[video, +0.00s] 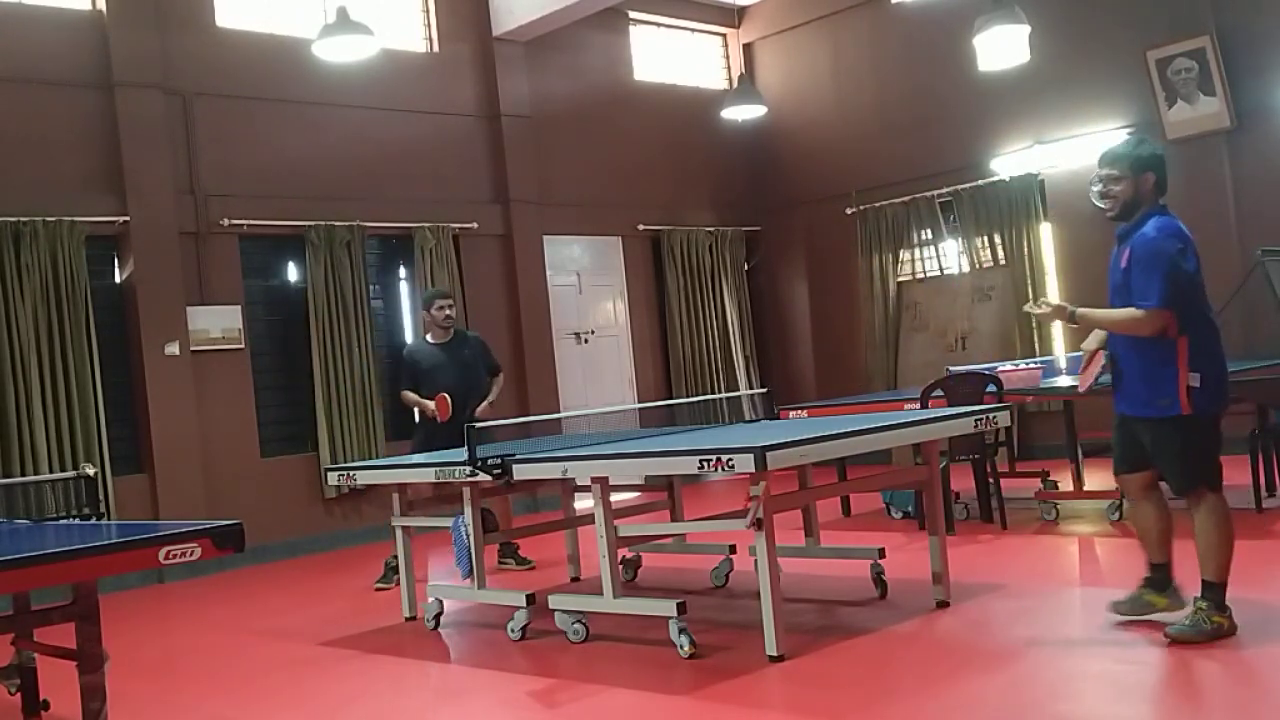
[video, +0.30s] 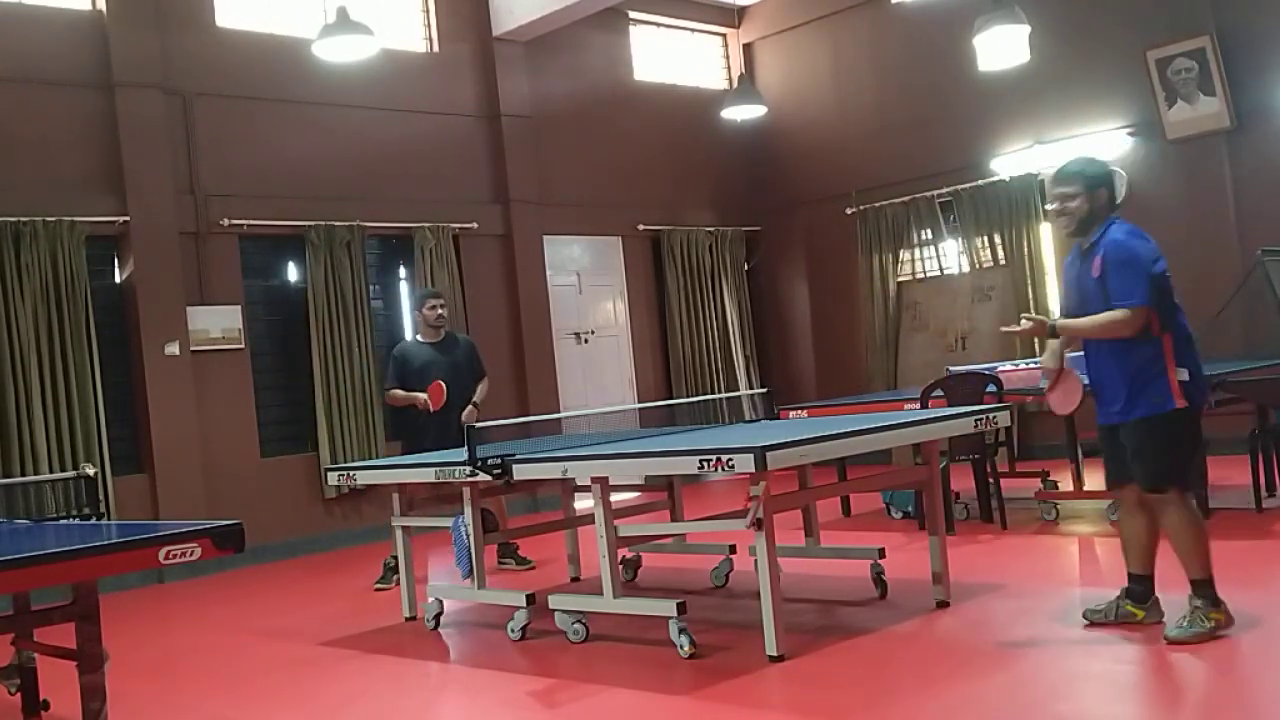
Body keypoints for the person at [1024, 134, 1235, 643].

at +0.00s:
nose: (1102, 189)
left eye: (1114, 180)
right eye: (1100, 180)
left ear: (1149, 182)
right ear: (1103, 183)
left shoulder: (1158, 237)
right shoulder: (1130, 235)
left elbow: (1155, 321)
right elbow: (1137, 308)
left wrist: (1074, 314)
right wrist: (1103, 340)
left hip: (1181, 394)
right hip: (1138, 394)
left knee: (1201, 493)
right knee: (1135, 481)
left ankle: (1214, 606)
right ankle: (1160, 586)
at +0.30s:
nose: (1057, 209)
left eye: (1067, 199)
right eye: (1051, 202)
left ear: (1101, 198)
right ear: (1051, 206)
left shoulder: (1123, 244)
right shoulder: (1074, 261)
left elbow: (1132, 319)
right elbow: (1076, 325)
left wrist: (1055, 326)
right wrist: (1057, 359)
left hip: (1159, 395)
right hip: (1116, 401)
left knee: (1164, 494)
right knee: (1128, 495)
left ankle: (1208, 603)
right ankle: (1139, 599)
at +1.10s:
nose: (982, 301)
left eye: (983, 291)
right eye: (979, 294)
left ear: (1008, 279)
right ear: (1009, 280)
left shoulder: (1051, 311)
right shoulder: (1034, 305)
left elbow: (1020, 394)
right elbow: (1012, 351)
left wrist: (950, 398)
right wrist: (1005, 385)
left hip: (1142, 402)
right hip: (1101, 410)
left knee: (1117, 500)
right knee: (1070, 495)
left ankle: (1167, 622)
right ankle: (1071, 597)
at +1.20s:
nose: (971, 323)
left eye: (972, 312)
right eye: (967, 315)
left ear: (997, 300)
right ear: (1000, 299)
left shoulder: (1040, 328)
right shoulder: (1027, 322)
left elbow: (1002, 411)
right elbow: (1000, 368)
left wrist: (938, 409)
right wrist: (996, 404)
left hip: (1141, 407)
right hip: (1097, 417)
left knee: (1113, 499)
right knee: (1060, 492)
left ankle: (1167, 622)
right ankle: (1069, 599)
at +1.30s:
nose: (965, 337)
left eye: (965, 326)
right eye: (960, 329)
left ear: (989, 313)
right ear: (990, 313)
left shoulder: (1030, 341)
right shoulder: (1019, 331)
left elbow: (995, 418)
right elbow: (992, 380)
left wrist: (928, 415)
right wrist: (990, 412)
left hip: (1139, 410)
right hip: (1095, 420)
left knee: (1113, 502)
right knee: (1054, 493)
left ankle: (1166, 621)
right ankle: (1070, 600)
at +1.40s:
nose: (958, 344)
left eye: (960, 334)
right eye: (954, 336)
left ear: (983, 321)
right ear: (986, 320)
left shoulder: (1024, 346)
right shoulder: (1015, 334)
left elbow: (990, 422)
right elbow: (987, 389)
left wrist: (924, 417)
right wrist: (990, 419)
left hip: (1136, 410)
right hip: (1094, 421)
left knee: (1111, 502)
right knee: (1050, 492)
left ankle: (1166, 621)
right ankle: (1070, 600)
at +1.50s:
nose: (955, 344)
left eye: (957, 334)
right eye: (951, 337)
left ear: (980, 322)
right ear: (983, 321)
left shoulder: (1022, 346)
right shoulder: (1014, 335)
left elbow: (989, 422)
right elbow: (984, 388)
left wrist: (924, 417)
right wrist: (992, 415)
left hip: (1134, 411)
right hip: (1091, 422)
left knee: (1109, 502)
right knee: (1047, 493)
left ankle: (1165, 621)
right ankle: (1069, 599)